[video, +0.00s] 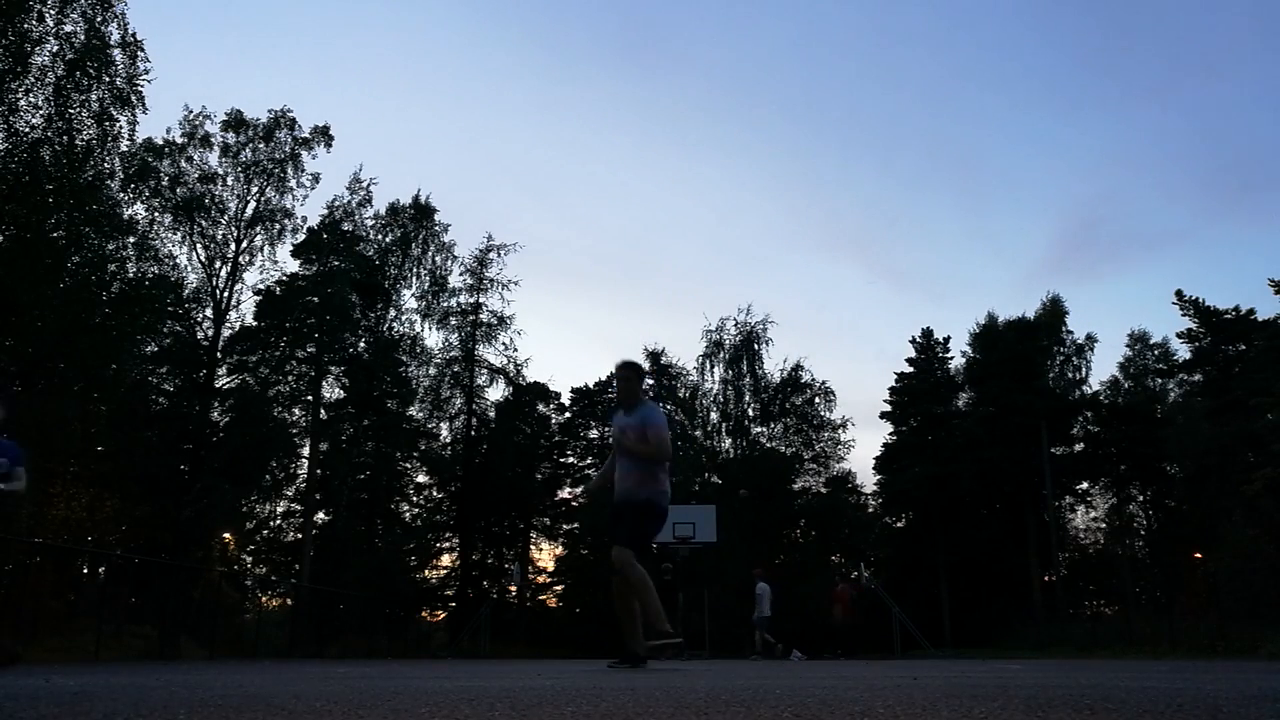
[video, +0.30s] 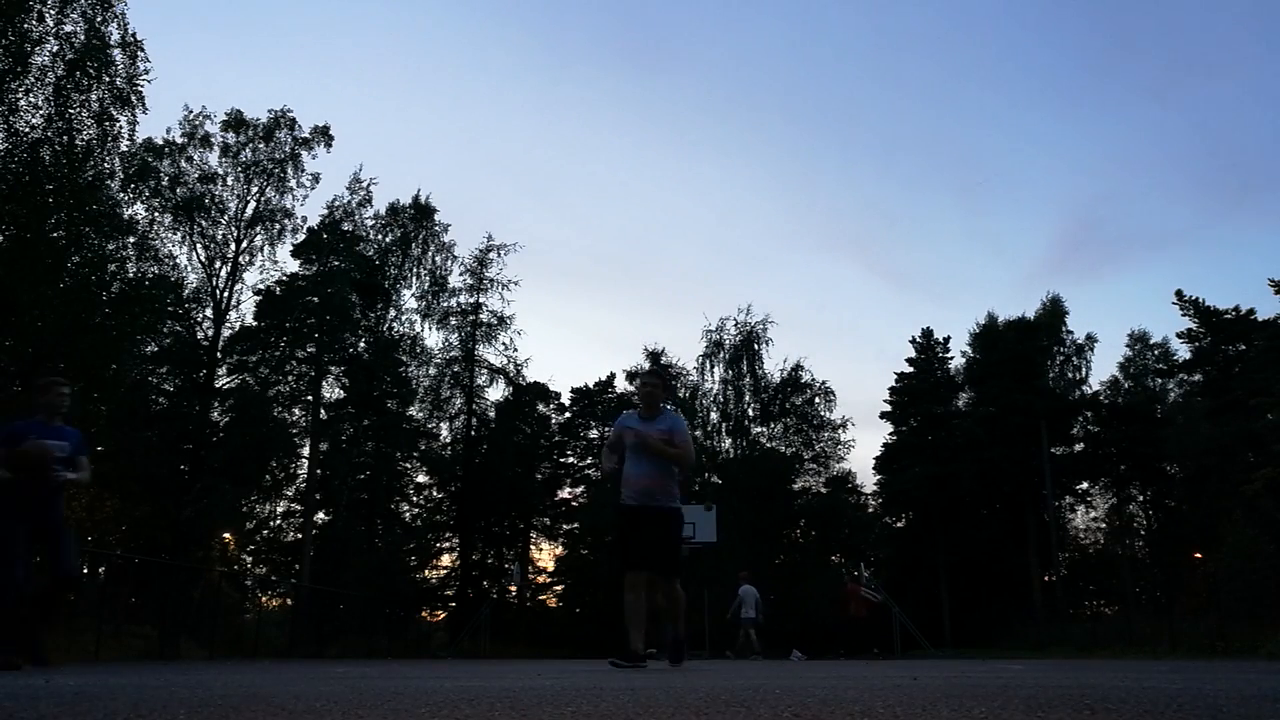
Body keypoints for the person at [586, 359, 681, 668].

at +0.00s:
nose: (620, 386)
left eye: (626, 380)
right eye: (618, 380)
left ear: (640, 384)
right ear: (616, 383)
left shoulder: (653, 413)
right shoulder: (620, 418)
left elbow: (663, 452)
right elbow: (617, 457)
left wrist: (627, 446)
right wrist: (596, 484)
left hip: (649, 499)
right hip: (625, 499)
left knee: (624, 557)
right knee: (623, 567)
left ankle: (662, 628)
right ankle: (635, 650)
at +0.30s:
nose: (646, 391)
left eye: (652, 387)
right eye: (643, 386)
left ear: (663, 391)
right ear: (637, 389)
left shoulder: (674, 422)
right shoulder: (626, 420)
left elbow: (688, 459)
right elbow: (609, 448)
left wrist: (650, 443)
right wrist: (609, 461)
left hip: (665, 509)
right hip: (631, 508)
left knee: (667, 579)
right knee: (633, 578)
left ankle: (675, 644)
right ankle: (636, 650)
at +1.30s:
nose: (634, 425)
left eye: (639, 420)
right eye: (633, 421)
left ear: (654, 422)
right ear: (634, 425)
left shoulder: (675, 449)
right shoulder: (630, 458)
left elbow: (698, 477)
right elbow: (625, 493)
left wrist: (663, 479)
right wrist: (628, 521)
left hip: (675, 525)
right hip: (646, 527)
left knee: (675, 585)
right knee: (652, 588)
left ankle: (677, 647)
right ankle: (659, 648)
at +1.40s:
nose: (632, 424)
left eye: (637, 420)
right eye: (631, 420)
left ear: (651, 422)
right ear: (632, 424)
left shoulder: (672, 448)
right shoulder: (628, 457)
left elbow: (696, 475)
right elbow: (624, 490)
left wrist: (661, 476)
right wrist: (624, 513)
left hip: (676, 524)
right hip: (646, 527)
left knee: (679, 584)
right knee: (653, 588)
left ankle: (687, 645)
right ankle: (662, 649)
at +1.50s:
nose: (632, 426)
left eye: (636, 422)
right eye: (630, 422)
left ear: (650, 424)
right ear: (631, 426)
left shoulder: (670, 449)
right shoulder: (628, 459)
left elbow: (693, 477)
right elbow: (623, 491)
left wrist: (659, 476)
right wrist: (620, 513)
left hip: (676, 525)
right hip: (647, 528)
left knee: (685, 585)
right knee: (656, 589)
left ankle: (696, 647)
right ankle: (662, 650)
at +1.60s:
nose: (632, 428)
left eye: (636, 423)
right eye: (630, 424)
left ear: (650, 425)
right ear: (631, 428)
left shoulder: (669, 450)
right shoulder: (630, 461)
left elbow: (691, 478)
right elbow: (623, 494)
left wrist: (658, 479)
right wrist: (617, 520)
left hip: (677, 525)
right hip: (648, 528)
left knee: (689, 585)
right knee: (657, 590)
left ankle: (708, 646)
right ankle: (663, 651)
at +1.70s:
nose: (635, 428)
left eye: (639, 423)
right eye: (633, 424)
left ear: (652, 425)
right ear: (632, 428)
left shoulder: (671, 449)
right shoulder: (631, 460)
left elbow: (692, 478)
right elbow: (621, 493)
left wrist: (660, 476)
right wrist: (623, 515)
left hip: (678, 525)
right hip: (648, 528)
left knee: (691, 585)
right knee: (657, 590)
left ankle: (713, 643)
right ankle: (663, 651)